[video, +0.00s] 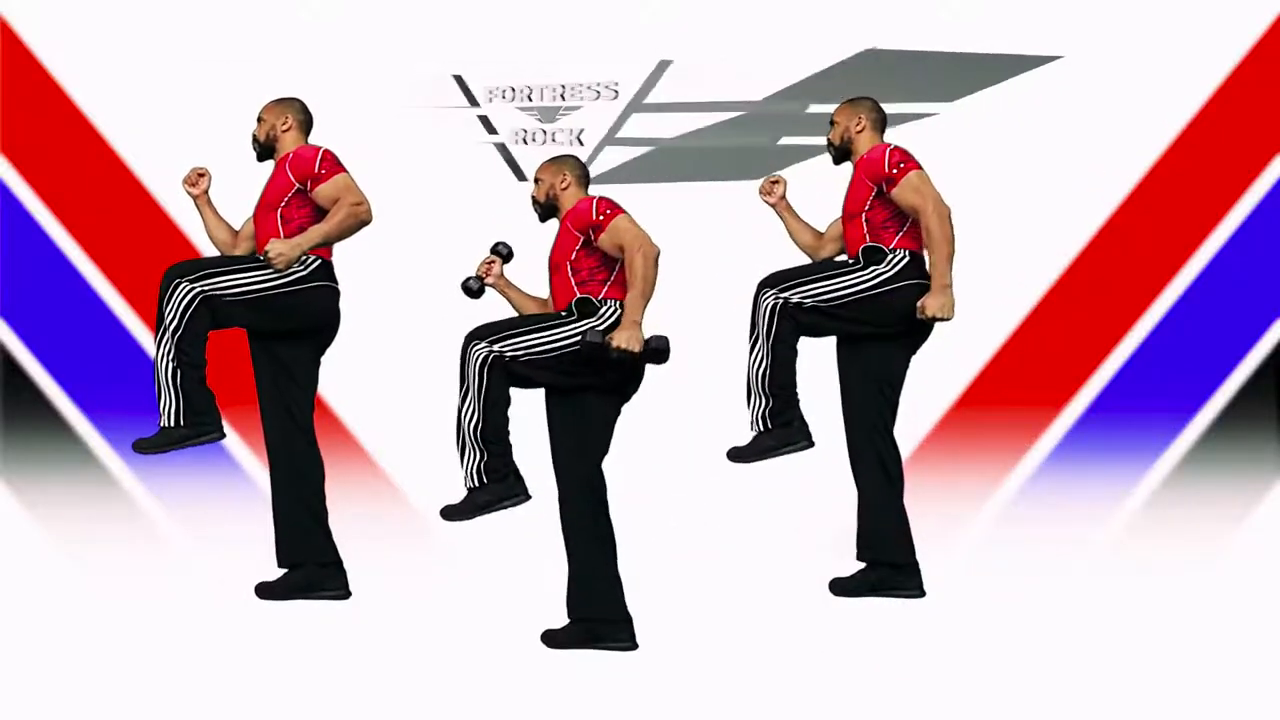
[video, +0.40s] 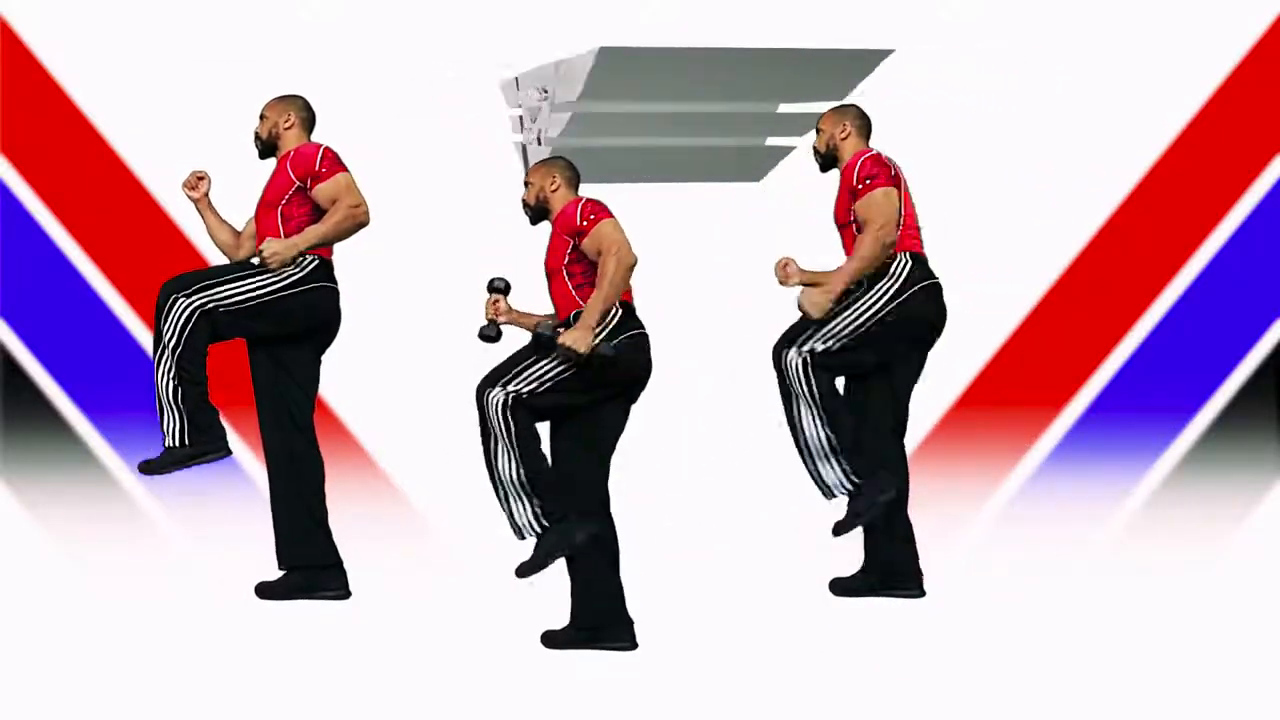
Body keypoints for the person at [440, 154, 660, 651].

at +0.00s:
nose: (532, 192)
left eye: (538, 182)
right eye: (533, 184)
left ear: (563, 181)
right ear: (562, 183)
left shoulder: (587, 207)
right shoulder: (568, 240)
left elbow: (642, 249)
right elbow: (553, 315)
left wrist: (633, 320)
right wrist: (502, 284)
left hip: (595, 328)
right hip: (601, 350)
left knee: (483, 346)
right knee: (579, 484)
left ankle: (494, 477)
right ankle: (602, 620)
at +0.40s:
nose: (523, 195)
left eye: (528, 185)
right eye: (524, 188)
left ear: (551, 182)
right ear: (558, 184)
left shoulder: (580, 208)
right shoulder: (562, 238)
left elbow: (621, 255)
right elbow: (573, 325)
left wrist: (587, 325)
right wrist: (515, 316)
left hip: (602, 344)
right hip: (609, 358)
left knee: (498, 393)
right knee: (580, 488)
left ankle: (547, 521)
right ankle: (602, 621)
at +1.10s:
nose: (484, 247)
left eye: (490, 237)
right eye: (484, 240)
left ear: (516, 234)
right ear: (526, 240)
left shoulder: (539, 263)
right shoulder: (563, 267)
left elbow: (513, 339)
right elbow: (642, 302)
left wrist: (454, 317)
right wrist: (659, 367)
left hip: (645, 362)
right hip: (622, 379)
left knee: (722, 486)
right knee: (582, 487)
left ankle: (859, 594)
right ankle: (602, 623)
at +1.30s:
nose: (484, 251)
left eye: (490, 241)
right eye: (485, 244)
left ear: (517, 237)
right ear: (525, 241)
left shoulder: (536, 269)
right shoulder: (563, 270)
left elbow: (509, 345)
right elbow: (643, 301)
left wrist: (450, 320)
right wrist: (661, 369)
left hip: (647, 365)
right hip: (624, 381)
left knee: (728, 486)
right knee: (582, 486)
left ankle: (866, 598)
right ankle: (601, 623)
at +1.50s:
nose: (483, 253)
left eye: (489, 243)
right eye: (484, 245)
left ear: (516, 239)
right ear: (523, 243)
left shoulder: (537, 270)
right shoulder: (565, 271)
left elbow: (510, 348)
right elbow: (643, 302)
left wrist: (447, 324)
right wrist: (653, 369)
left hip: (648, 367)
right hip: (625, 384)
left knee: (731, 489)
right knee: (580, 484)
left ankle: (872, 599)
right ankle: (600, 622)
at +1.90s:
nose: (483, 253)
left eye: (489, 243)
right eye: (484, 246)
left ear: (517, 240)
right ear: (523, 243)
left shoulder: (537, 271)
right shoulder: (564, 272)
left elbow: (511, 350)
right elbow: (643, 301)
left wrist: (449, 329)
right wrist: (665, 370)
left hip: (649, 366)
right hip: (627, 383)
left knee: (734, 490)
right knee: (584, 488)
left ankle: (870, 600)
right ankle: (601, 622)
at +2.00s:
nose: (484, 253)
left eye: (489, 243)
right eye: (485, 246)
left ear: (517, 239)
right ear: (524, 243)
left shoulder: (538, 270)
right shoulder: (564, 271)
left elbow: (511, 349)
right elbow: (643, 300)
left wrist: (448, 329)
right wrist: (661, 369)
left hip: (649, 366)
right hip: (626, 383)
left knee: (734, 491)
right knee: (584, 488)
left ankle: (873, 598)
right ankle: (601, 622)